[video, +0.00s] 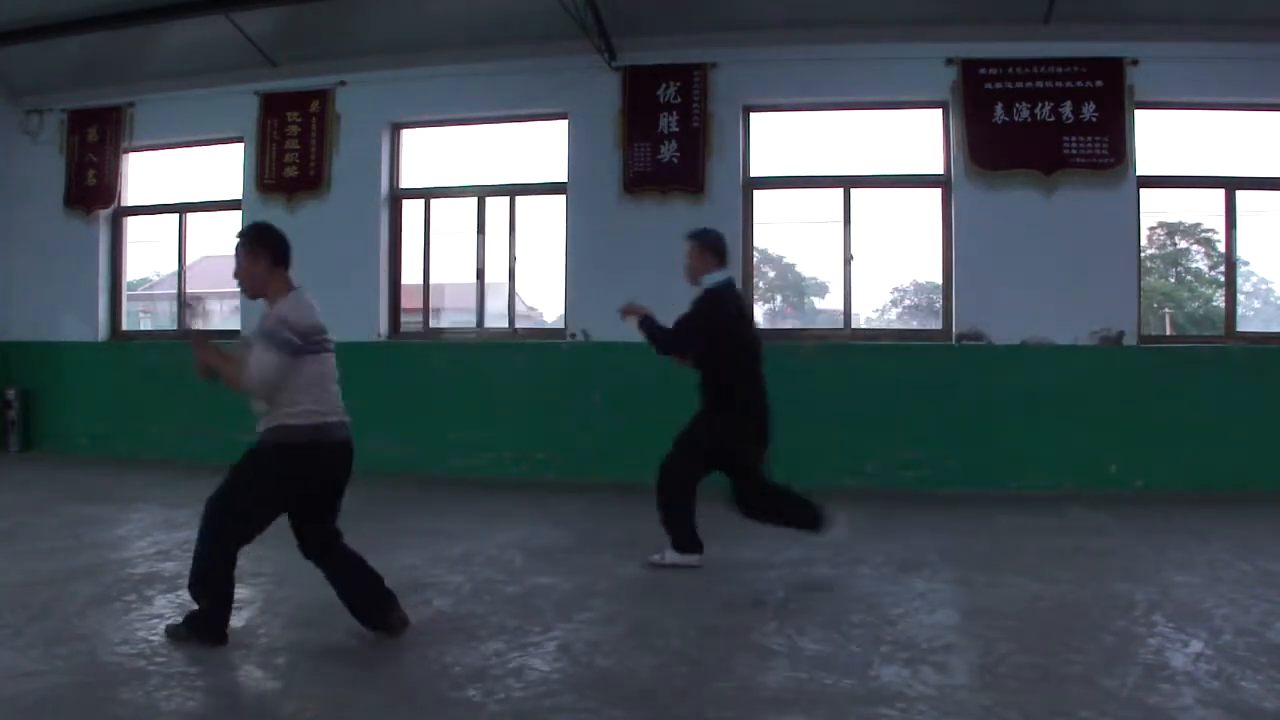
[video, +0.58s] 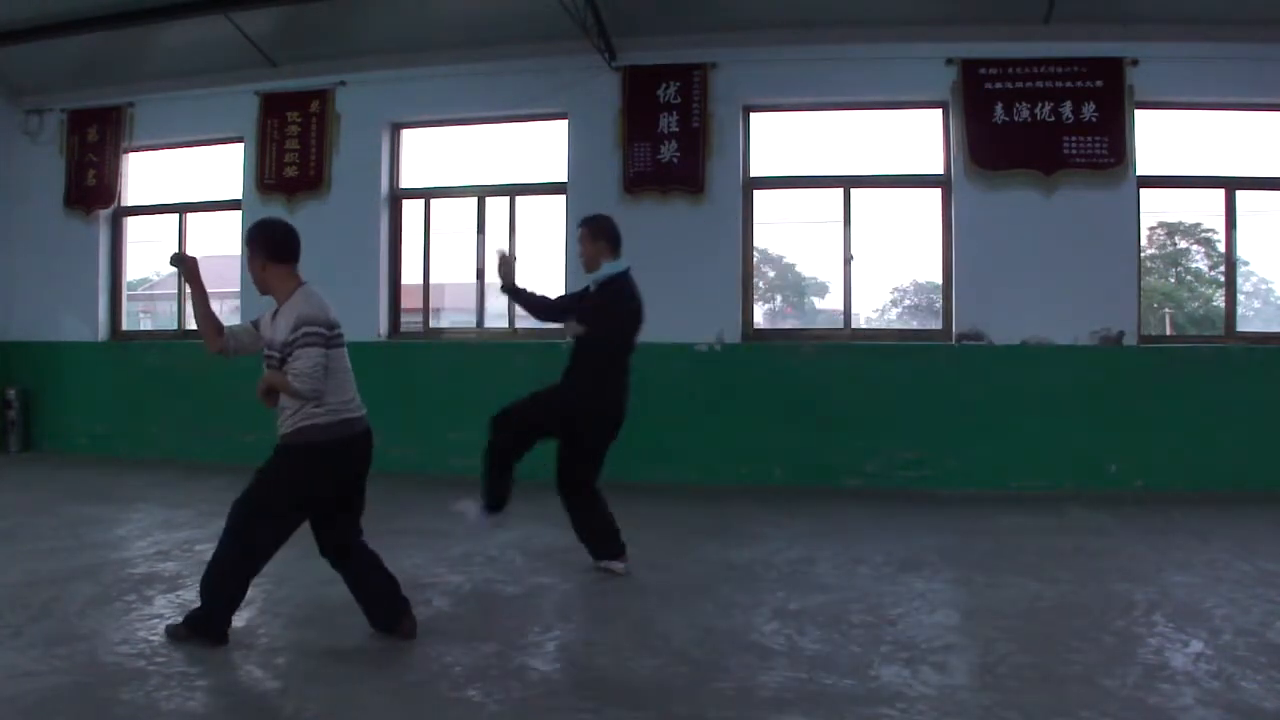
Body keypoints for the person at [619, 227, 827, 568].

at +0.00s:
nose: (686, 263)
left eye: (690, 255)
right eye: (687, 255)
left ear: (706, 258)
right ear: (714, 259)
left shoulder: (713, 301)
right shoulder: (731, 300)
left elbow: (673, 344)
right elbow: (700, 347)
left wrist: (643, 319)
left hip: (724, 415)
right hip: (746, 414)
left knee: (675, 473)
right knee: (749, 495)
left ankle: (685, 548)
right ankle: (817, 519)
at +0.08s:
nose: (657, 247)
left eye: (661, 239)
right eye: (658, 238)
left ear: (677, 240)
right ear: (684, 241)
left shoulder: (700, 284)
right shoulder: (698, 281)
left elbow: (694, 345)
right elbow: (695, 343)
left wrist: (660, 329)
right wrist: (661, 329)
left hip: (709, 397)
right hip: (707, 394)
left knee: (662, 456)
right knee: (668, 457)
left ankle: (684, 546)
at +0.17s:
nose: (642, 236)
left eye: (646, 228)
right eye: (643, 229)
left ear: (662, 230)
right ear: (669, 230)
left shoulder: (690, 269)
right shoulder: (671, 278)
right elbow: (647, 327)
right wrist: (628, 297)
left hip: (691, 376)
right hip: (691, 376)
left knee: (620, 387)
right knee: (675, 452)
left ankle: (649, 453)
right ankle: (678, 535)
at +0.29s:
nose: (618, 230)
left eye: (623, 223)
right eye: (619, 223)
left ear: (641, 224)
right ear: (639, 225)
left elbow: (713, 311)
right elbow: (585, 286)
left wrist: (671, 321)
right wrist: (551, 256)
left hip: (671, 368)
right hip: (642, 365)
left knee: (595, 326)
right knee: (641, 447)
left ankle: (620, 400)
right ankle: (628, 538)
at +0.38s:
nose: (608, 238)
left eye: (613, 230)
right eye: (609, 230)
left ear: (631, 233)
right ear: (627, 232)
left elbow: (688, 329)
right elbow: (571, 296)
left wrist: (646, 332)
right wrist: (536, 265)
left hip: (645, 380)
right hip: (618, 375)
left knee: (562, 345)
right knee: (609, 461)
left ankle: (580, 420)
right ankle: (615, 549)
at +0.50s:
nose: (593, 246)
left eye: (598, 238)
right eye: (594, 239)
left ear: (617, 241)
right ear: (614, 243)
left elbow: (656, 342)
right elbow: (557, 303)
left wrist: (619, 343)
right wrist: (521, 271)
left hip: (620, 389)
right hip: (601, 387)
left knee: (534, 380)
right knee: (590, 474)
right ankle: (613, 555)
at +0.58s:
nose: (579, 252)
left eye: (584, 244)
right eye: (579, 245)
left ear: (602, 246)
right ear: (606, 247)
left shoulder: (617, 293)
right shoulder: (601, 291)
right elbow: (550, 310)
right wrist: (510, 286)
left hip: (594, 403)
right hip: (581, 396)